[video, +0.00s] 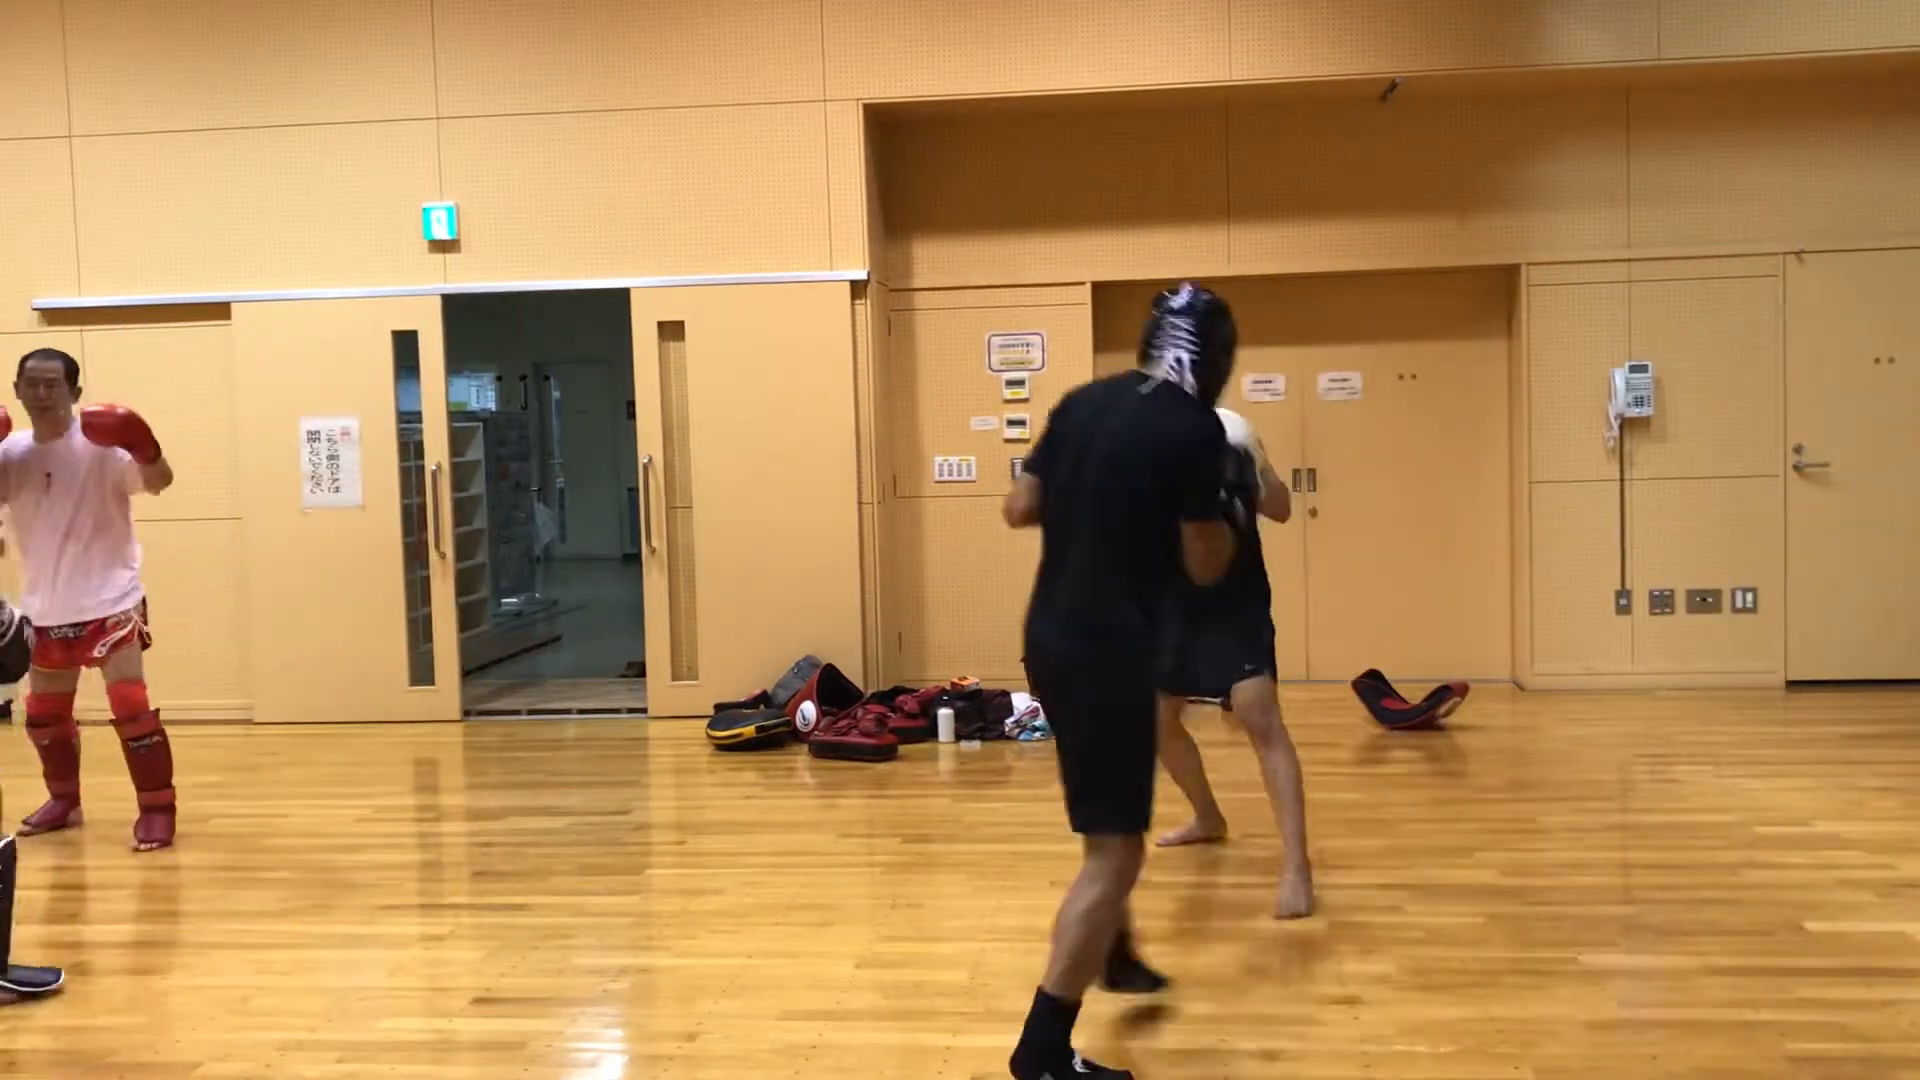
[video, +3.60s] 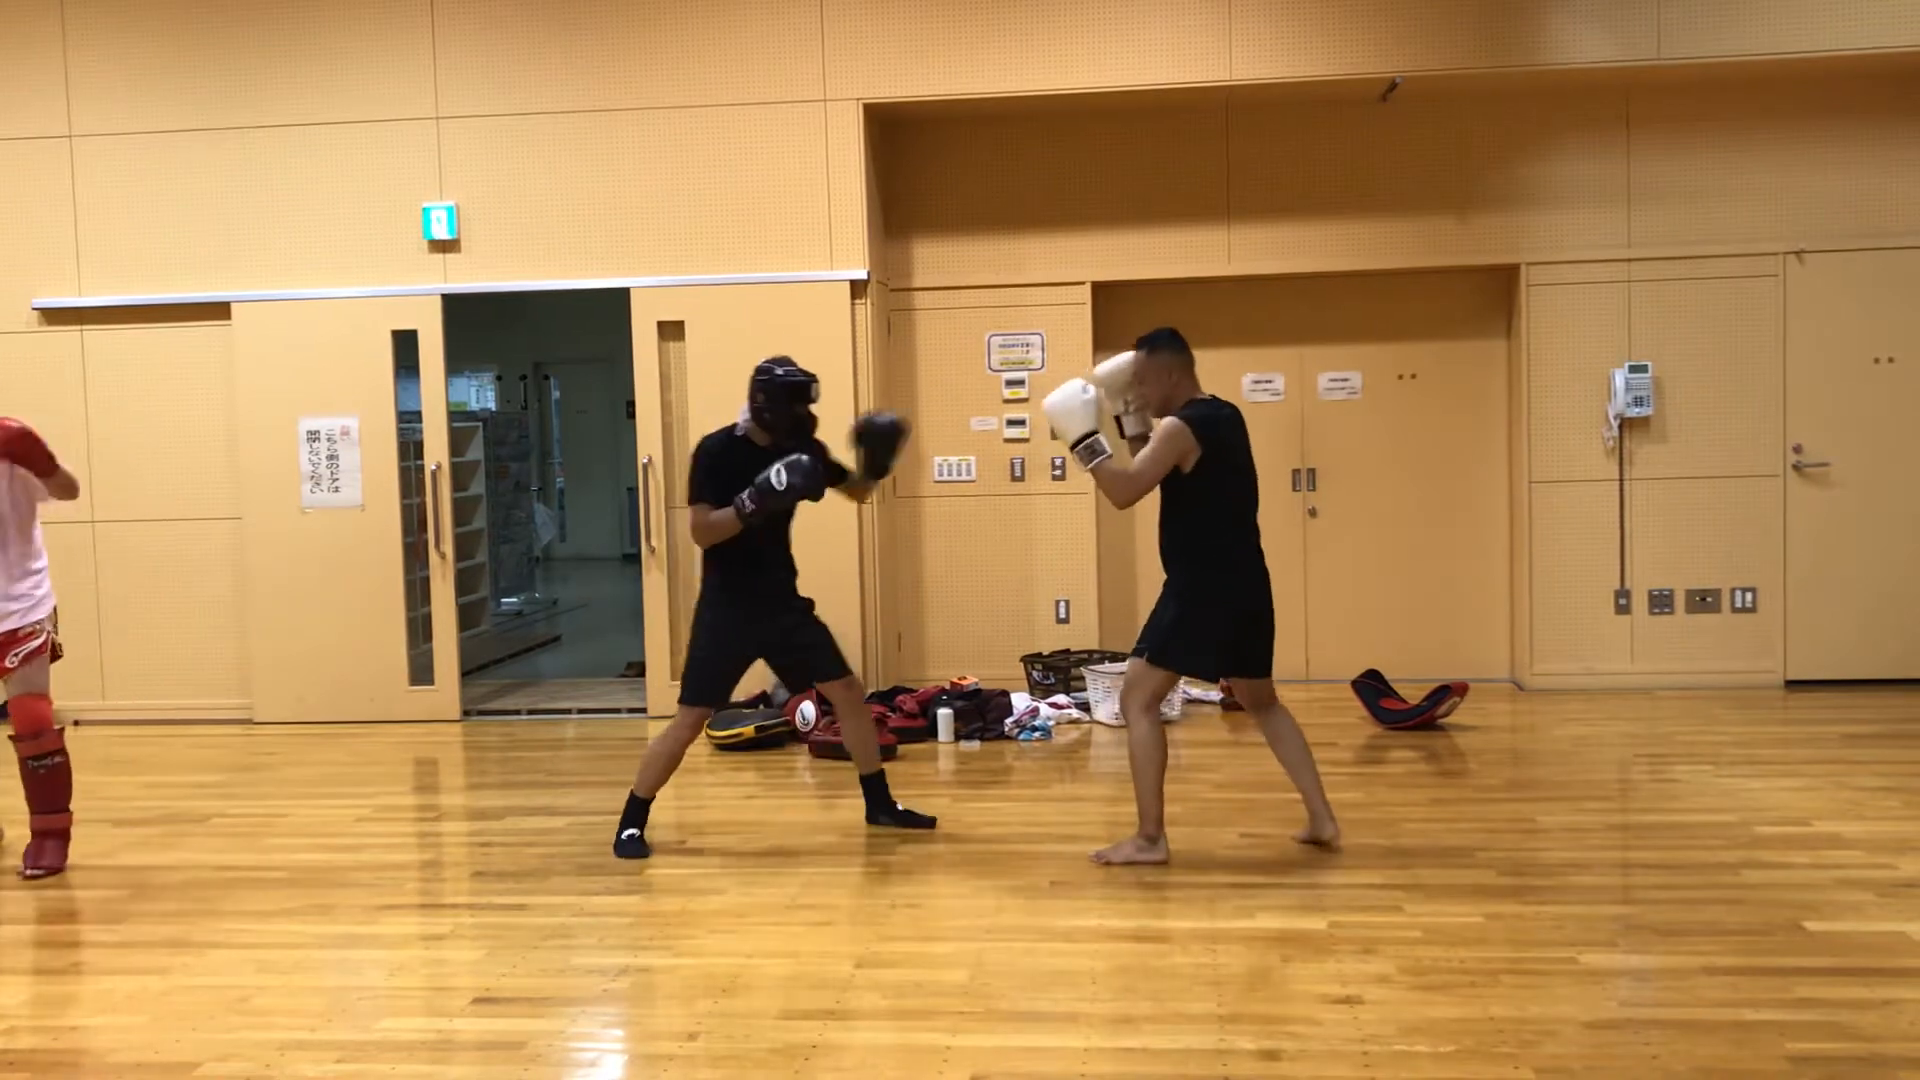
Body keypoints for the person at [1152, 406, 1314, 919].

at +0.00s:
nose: (1176, 389)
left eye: (1185, 377)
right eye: (1165, 379)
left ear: (1201, 380)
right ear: (1151, 385)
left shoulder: (1229, 430)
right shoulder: (1139, 444)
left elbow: (1279, 508)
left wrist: (1247, 467)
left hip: (1236, 594)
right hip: (1167, 595)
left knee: (1259, 718)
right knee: (1159, 719)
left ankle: (1295, 867)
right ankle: (1207, 817)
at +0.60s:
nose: (1147, 392)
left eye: (1159, 381)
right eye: (1138, 381)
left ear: (1181, 380)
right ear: (1126, 380)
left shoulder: (1206, 435)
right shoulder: (1121, 437)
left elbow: (1224, 513)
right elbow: (1098, 514)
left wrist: (1190, 481)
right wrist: (1084, 454)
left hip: (1206, 592)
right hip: (1153, 595)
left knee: (1194, 703)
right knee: (1139, 714)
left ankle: (1247, 830)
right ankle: (1207, 818)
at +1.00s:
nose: (1142, 401)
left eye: (1153, 390)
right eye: (1135, 390)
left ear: (1176, 387)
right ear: (1125, 392)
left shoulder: (1199, 436)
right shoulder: (1118, 437)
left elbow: (1171, 482)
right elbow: (1081, 488)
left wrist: (1135, 433)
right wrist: (1086, 423)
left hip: (1193, 600)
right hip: (1146, 602)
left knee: (1154, 718)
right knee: (1135, 719)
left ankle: (1182, 871)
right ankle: (1208, 817)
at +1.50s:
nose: (1143, 365)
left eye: (1151, 355)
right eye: (1138, 355)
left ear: (1181, 350)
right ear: (1139, 352)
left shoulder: (1207, 400)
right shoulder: (1160, 411)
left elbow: (1213, 463)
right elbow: (1126, 477)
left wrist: (1164, 419)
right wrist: (1097, 425)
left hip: (1219, 561)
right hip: (1186, 564)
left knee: (1199, 674)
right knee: (1196, 678)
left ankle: (1237, 812)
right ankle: (1237, 799)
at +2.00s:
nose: (1145, 388)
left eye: (1155, 378)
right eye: (1141, 378)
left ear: (1186, 374)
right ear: (1139, 376)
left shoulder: (1210, 429)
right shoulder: (1161, 433)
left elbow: (1202, 503)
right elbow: (1140, 504)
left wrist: (1148, 471)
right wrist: (1099, 473)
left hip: (1217, 581)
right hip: (1186, 581)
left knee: (1158, 682)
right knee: (1202, 690)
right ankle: (1275, 791)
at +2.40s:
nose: (1101, 408)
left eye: (1107, 397)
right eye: (1097, 399)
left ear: (1139, 386)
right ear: (1119, 394)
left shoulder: (1159, 436)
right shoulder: (1133, 435)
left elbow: (1107, 492)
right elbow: (1083, 481)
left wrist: (1072, 437)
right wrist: (1069, 431)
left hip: (1169, 597)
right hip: (1168, 594)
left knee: (1098, 693)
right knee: (1181, 698)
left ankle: (1112, 835)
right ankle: (1265, 794)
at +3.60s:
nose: (1136, 394)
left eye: (1140, 382)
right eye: (1134, 385)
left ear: (1170, 372)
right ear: (1185, 372)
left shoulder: (1184, 424)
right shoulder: (1226, 416)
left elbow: (1124, 490)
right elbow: (1180, 482)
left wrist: (1084, 438)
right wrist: (1137, 437)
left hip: (1197, 592)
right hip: (1248, 589)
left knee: (1139, 698)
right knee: (1262, 701)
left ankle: (1150, 837)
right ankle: (1323, 819)